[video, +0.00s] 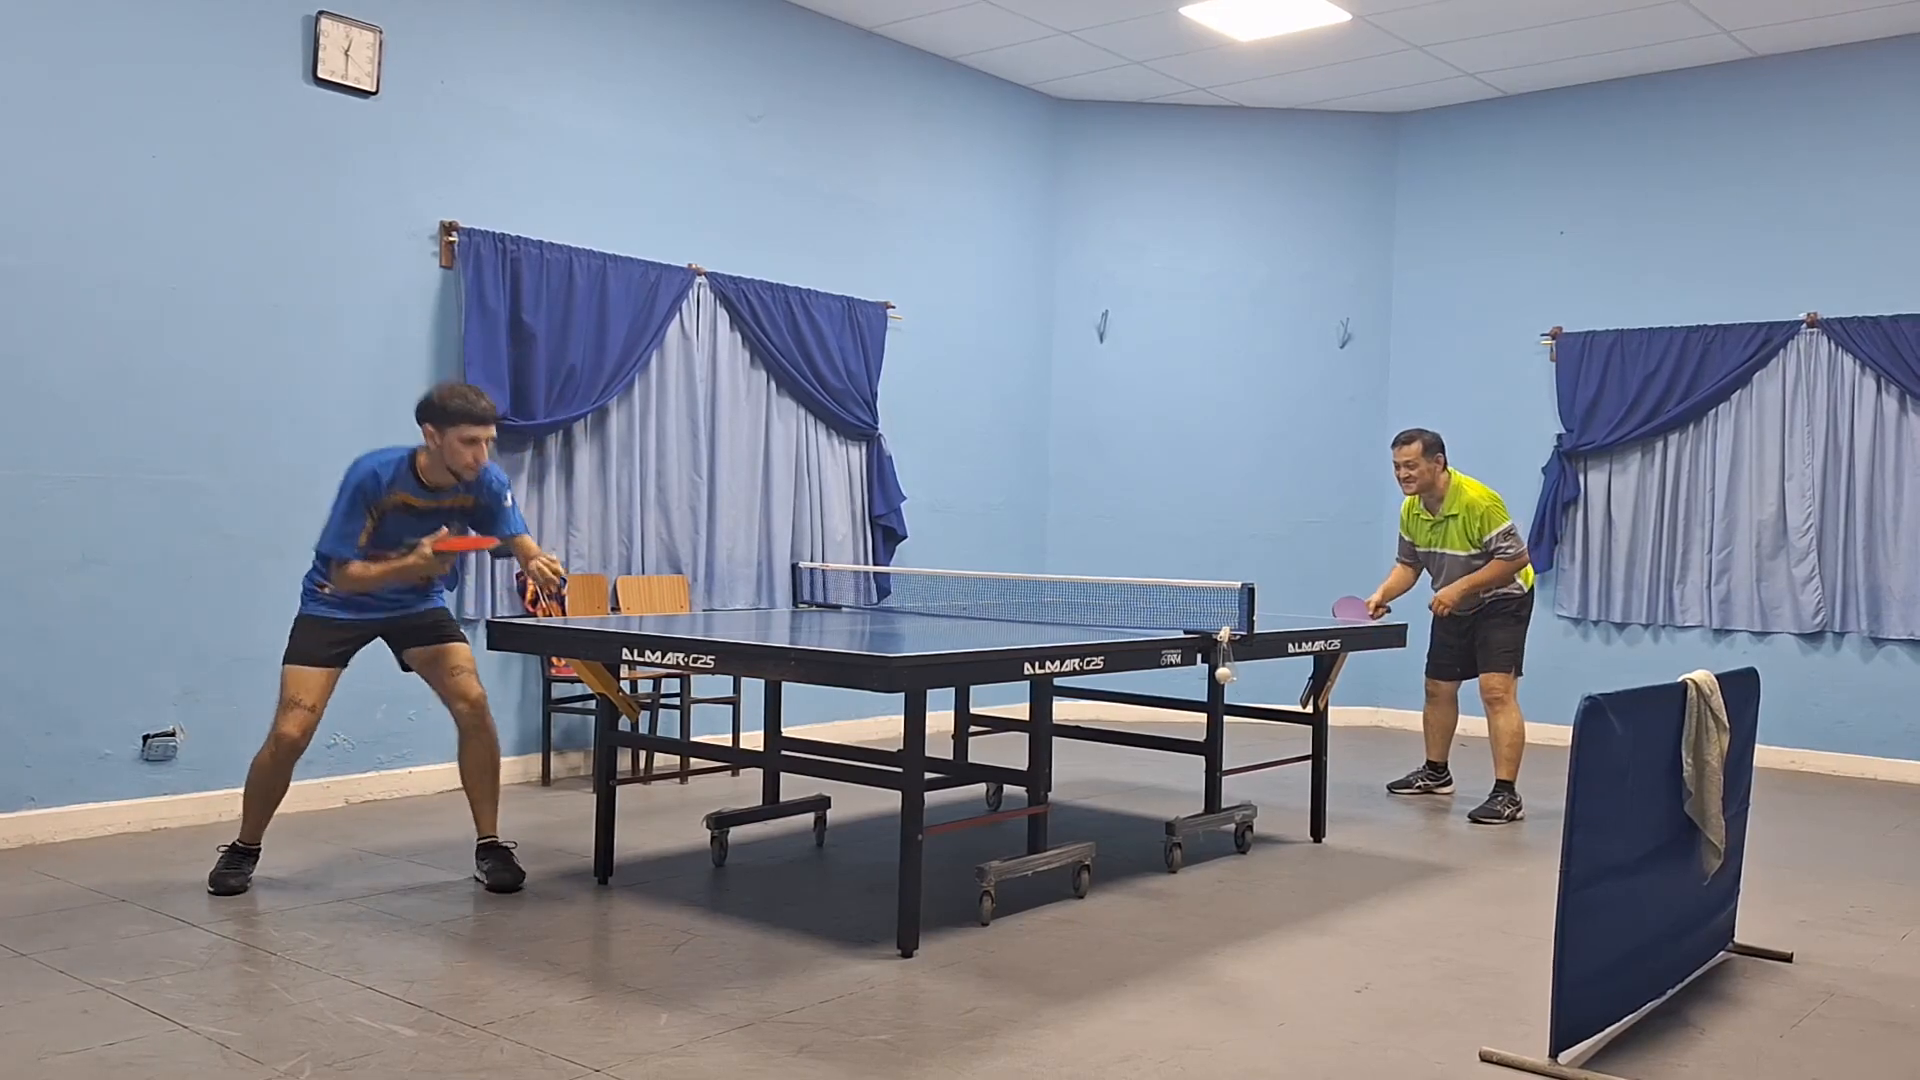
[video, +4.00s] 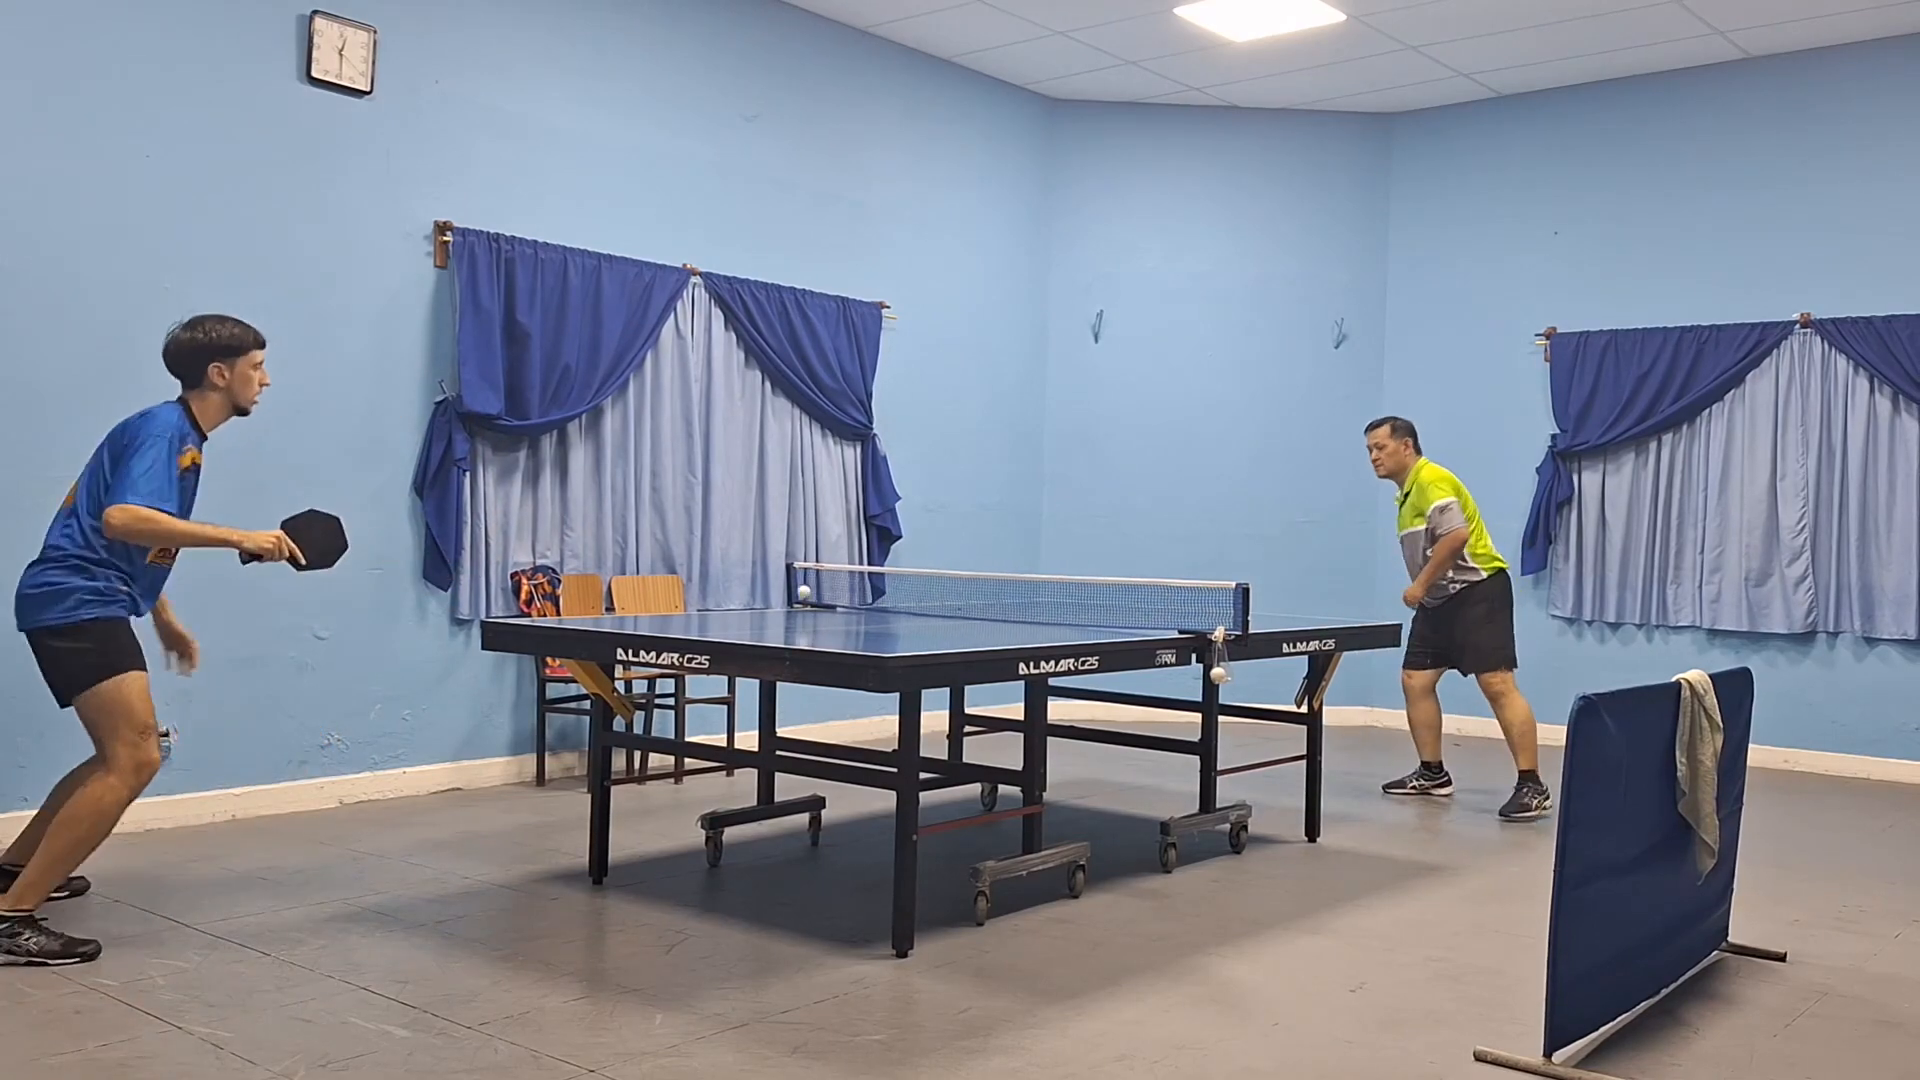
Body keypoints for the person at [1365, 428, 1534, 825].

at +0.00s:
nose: (1402, 473)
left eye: (1411, 465)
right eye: (1398, 466)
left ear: (1438, 464)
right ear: (1395, 468)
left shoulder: (1478, 502)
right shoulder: (1411, 509)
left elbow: (1515, 557)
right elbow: (1408, 564)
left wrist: (1461, 589)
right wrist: (1382, 594)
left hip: (1501, 601)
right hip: (1451, 605)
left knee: (1496, 690)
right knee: (1438, 686)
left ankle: (1506, 793)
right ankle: (1435, 770)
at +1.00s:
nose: (1400, 463)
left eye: (1408, 455)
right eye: (1395, 456)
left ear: (1435, 455)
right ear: (1394, 458)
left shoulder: (1472, 495)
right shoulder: (1408, 503)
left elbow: (1510, 549)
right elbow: (1406, 558)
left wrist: (1459, 586)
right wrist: (1378, 582)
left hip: (1494, 600)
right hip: (1445, 604)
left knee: (1491, 690)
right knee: (1433, 686)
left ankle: (1503, 793)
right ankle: (1434, 771)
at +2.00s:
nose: (1403, 438)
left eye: (1412, 430)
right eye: (1399, 431)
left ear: (1439, 431)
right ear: (1397, 435)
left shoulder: (1471, 478)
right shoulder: (1407, 488)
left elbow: (1508, 535)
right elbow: (1400, 549)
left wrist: (1458, 578)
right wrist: (1374, 573)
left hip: (1476, 608)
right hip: (1425, 607)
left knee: (1478, 698)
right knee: (1404, 688)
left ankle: (1501, 793)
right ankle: (1380, 777)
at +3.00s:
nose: (1395, 460)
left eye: (1407, 452)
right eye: (1390, 451)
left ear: (1431, 455)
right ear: (1383, 452)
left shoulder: (1461, 496)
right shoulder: (1367, 502)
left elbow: (1486, 546)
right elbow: (1312, 531)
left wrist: (1494, 600)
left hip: (1450, 615)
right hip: (1385, 614)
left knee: (1482, 701)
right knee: (1376, 694)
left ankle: (1484, 780)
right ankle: (1355, 793)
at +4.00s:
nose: (1373, 456)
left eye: (1379, 448)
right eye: (1370, 451)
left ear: (1405, 445)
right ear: (1388, 453)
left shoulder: (1432, 480)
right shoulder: (1406, 495)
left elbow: (1456, 535)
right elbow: (1438, 547)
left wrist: (1420, 584)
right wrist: (1431, 592)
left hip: (1478, 591)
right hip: (1439, 601)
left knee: (1497, 684)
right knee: (1416, 681)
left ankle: (1531, 784)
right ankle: (1431, 772)